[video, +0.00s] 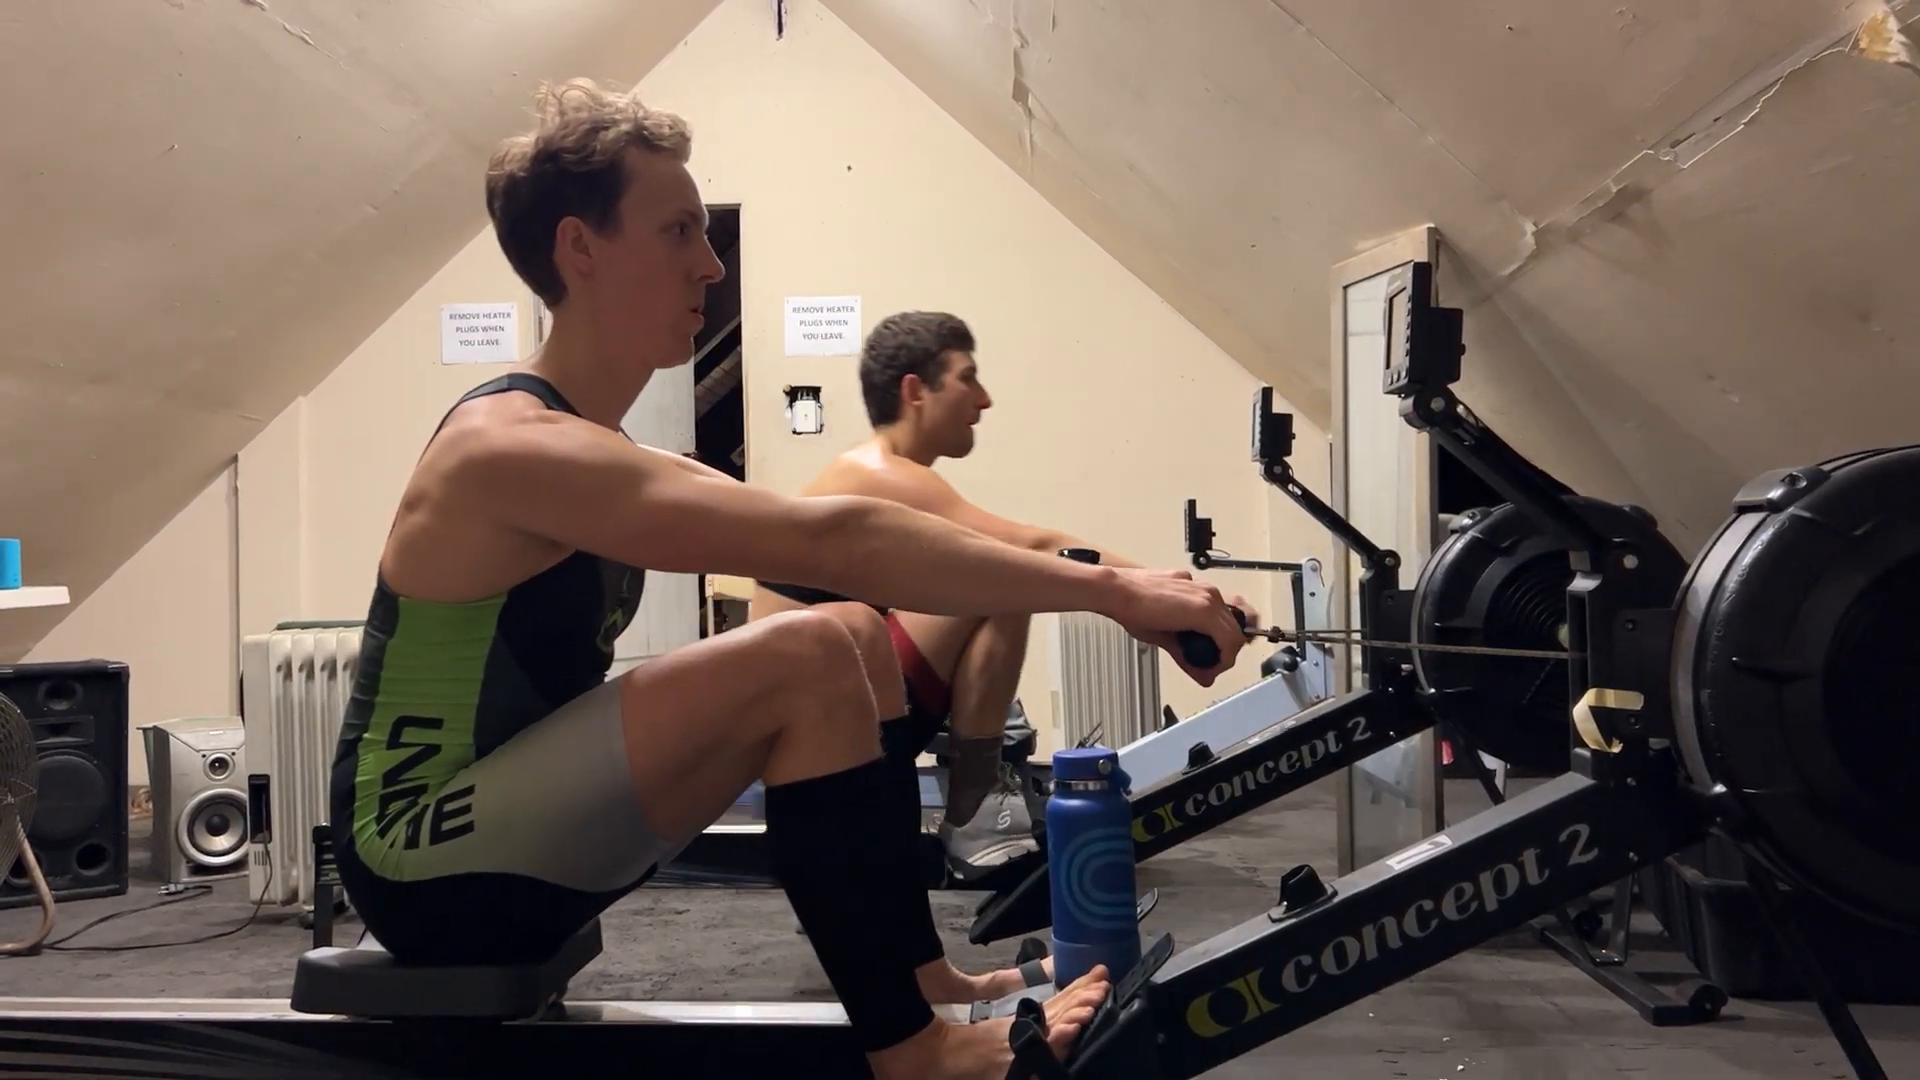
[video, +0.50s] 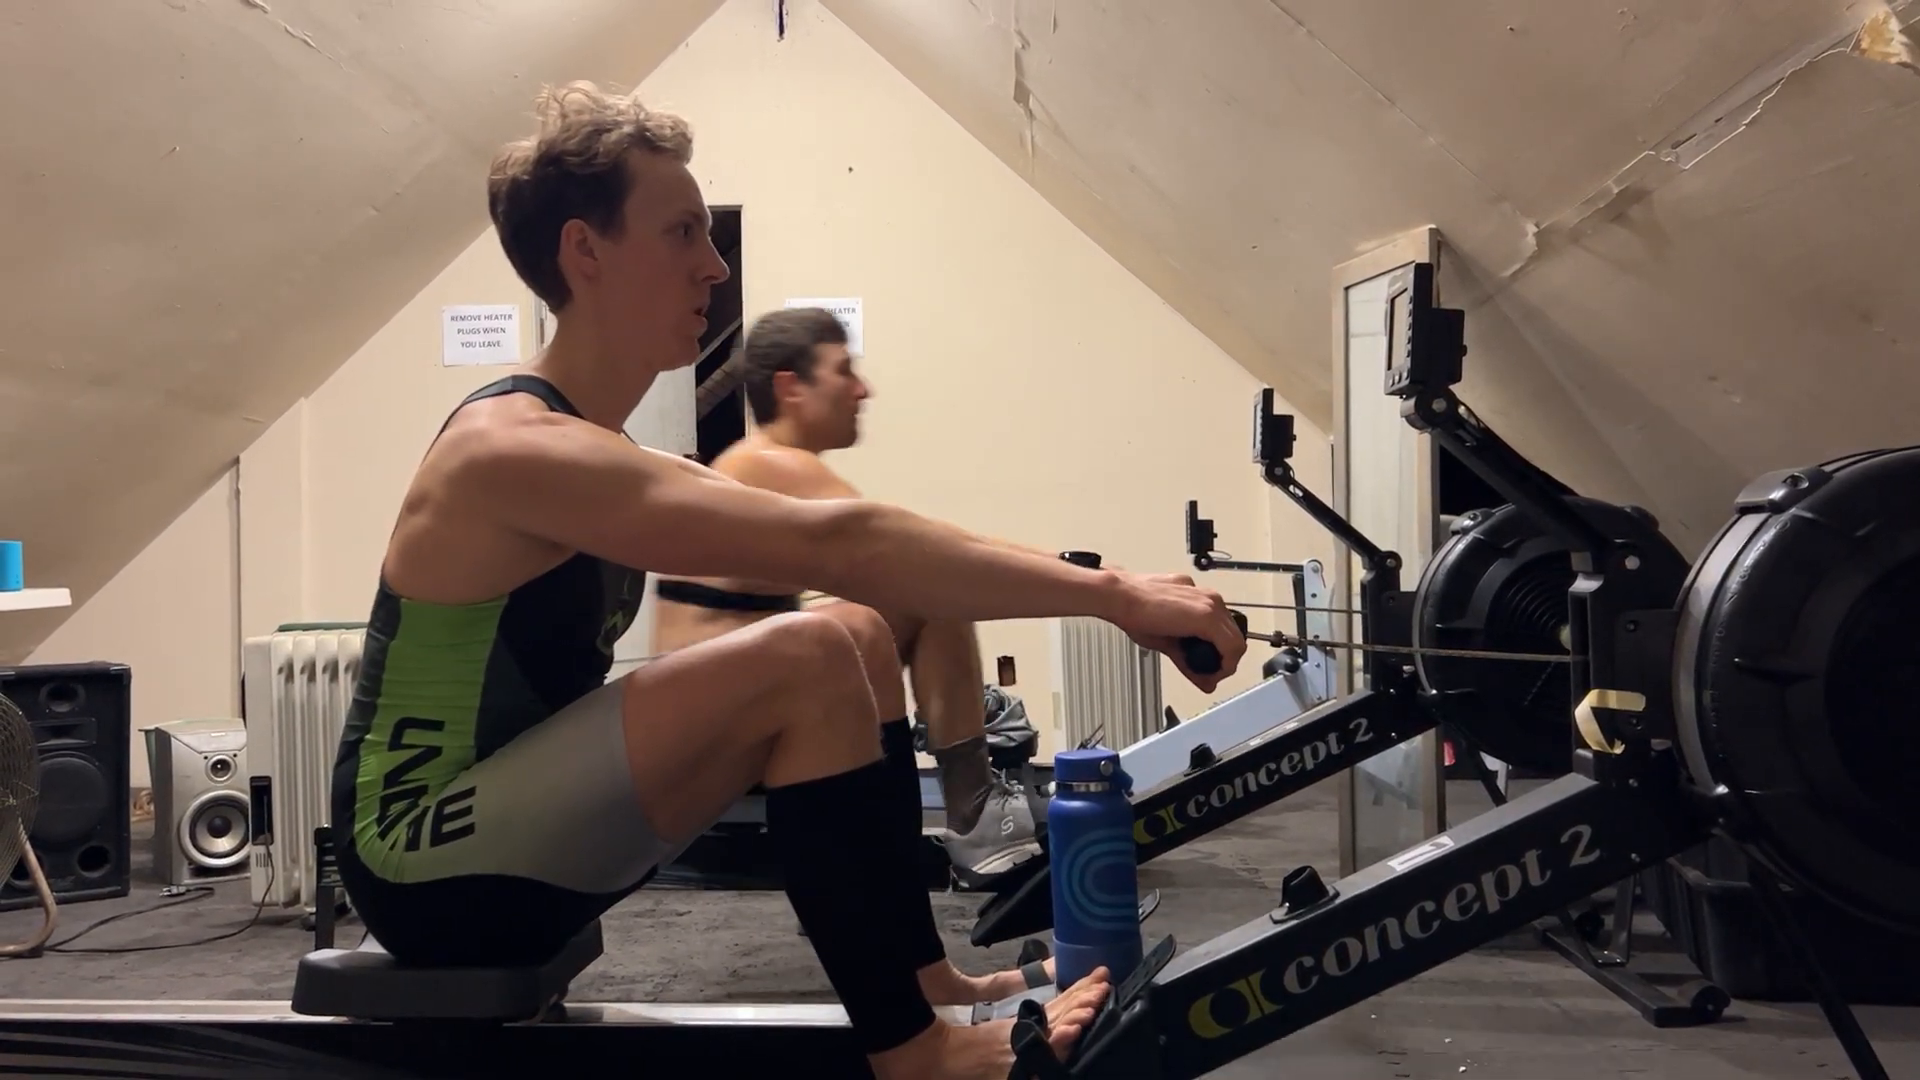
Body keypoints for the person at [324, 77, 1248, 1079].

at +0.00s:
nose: (713, 270)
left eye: (703, 237)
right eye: (681, 236)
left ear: (586, 257)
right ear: (578, 253)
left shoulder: (586, 446)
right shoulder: (513, 444)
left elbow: (825, 537)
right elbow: (826, 543)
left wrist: (1098, 577)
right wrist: (1112, 588)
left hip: (498, 825)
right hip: (430, 850)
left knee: (850, 643)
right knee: (805, 662)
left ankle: (919, 987)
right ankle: (900, 1043)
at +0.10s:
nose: (713, 271)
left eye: (704, 238)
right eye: (682, 237)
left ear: (588, 257)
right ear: (579, 253)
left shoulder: (586, 447)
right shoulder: (514, 445)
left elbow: (822, 547)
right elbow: (825, 544)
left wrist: (1098, 585)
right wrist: (1108, 589)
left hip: (497, 827)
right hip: (431, 852)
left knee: (849, 642)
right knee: (802, 661)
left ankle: (918, 988)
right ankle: (900, 1044)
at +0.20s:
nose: (714, 269)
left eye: (705, 238)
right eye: (683, 237)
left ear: (588, 257)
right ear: (580, 255)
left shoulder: (586, 448)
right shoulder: (514, 447)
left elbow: (828, 545)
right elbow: (826, 545)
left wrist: (1105, 584)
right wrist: (1108, 589)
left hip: (497, 827)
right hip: (431, 853)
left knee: (850, 642)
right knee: (805, 660)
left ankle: (920, 989)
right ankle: (902, 1045)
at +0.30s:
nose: (715, 270)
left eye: (705, 238)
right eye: (683, 237)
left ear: (589, 258)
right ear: (581, 255)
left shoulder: (585, 449)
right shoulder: (514, 447)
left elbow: (826, 545)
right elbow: (827, 544)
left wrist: (1101, 585)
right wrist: (1110, 591)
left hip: (497, 828)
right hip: (432, 854)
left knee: (849, 644)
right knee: (805, 662)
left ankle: (918, 988)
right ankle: (901, 1045)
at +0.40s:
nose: (717, 268)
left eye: (707, 237)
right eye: (684, 237)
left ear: (590, 257)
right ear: (582, 255)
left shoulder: (591, 449)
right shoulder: (515, 447)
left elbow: (853, 519)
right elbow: (830, 545)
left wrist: (1108, 579)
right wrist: (1107, 593)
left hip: (500, 825)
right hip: (431, 853)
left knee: (854, 643)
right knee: (804, 662)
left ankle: (925, 992)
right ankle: (903, 1045)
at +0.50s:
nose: (718, 269)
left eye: (709, 236)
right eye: (686, 236)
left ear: (590, 259)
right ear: (583, 256)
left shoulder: (589, 449)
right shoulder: (515, 446)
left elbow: (839, 545)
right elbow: (834, 546)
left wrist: (1096, 585)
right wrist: (1111, 593)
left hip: (499, 824)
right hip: (433, 851)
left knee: (847, 642)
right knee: (809, 658)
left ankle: (925, 995)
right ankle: (903, 1043)